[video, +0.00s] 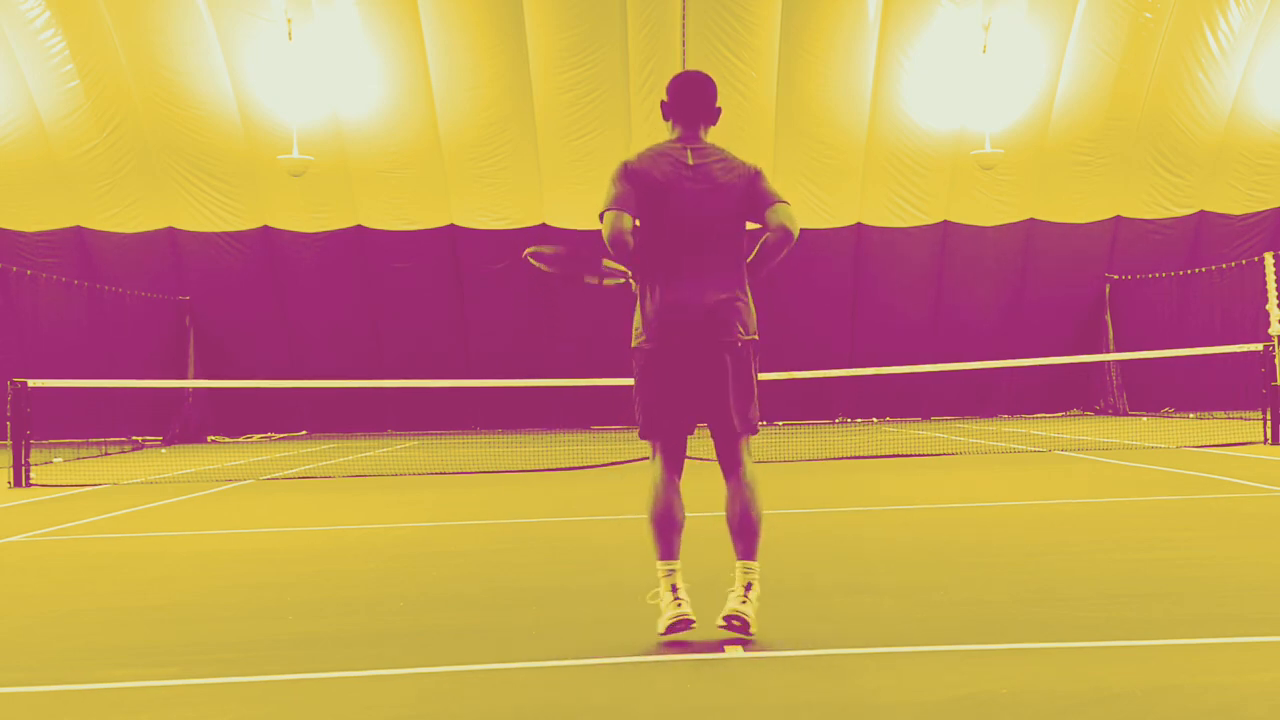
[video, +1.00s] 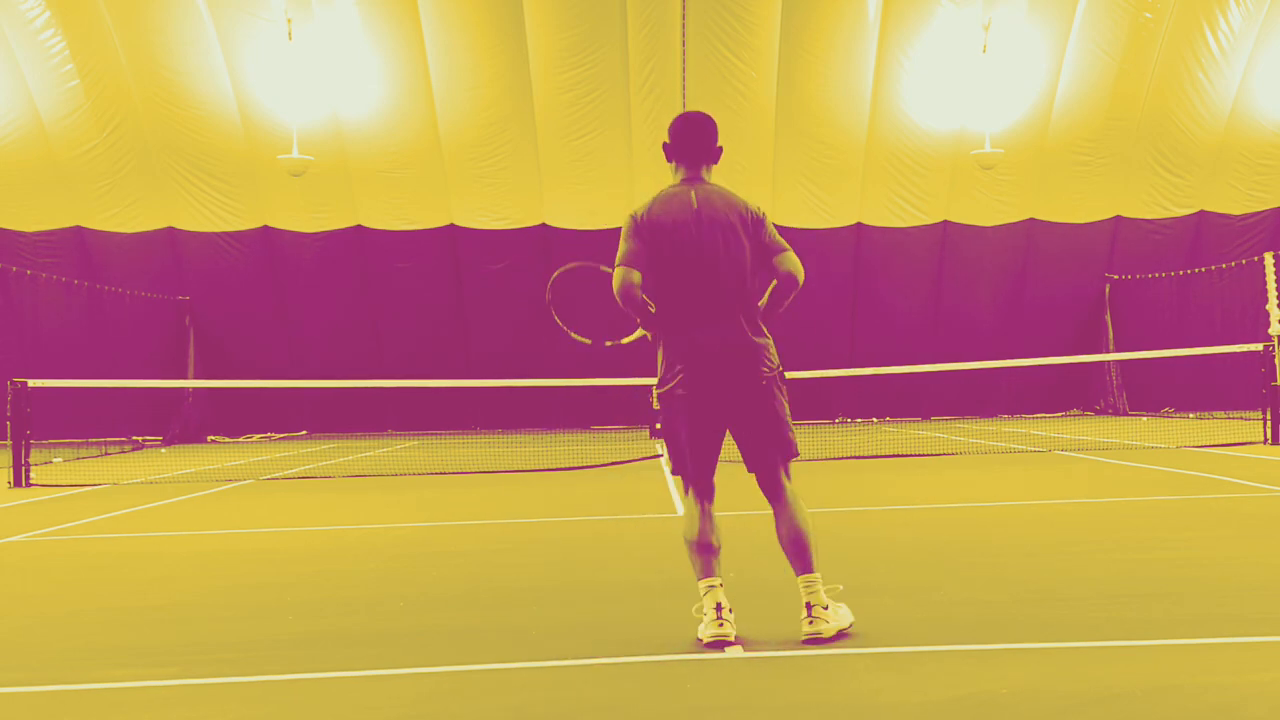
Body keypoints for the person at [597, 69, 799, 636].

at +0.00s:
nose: (680, 121)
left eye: (672, 110)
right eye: (704, 113)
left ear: (665, 113)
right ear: (716, 116)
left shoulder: (637, 168)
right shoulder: (742, 172)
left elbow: (615, 235)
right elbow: (784, 228)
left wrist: (642, 274)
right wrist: (745, 278)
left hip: (663, 328)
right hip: (727, 326)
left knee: (666, 462)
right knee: (736, 461)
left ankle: (672, 593)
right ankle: (745, 591)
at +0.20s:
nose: (690, 161)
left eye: (673, 150)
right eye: (701, 150)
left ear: (660, 151)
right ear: (709, 152)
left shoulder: (628, 212)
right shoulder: (733, 211)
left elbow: (603, 278)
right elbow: (780, 275)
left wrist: (644, 307)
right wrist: (750, 318)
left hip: (664, 370)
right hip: (730, 368)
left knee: (670, 495)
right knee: (757, 489)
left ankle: (682, 615)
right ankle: (794, 610)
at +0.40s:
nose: (693, 129)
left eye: (681, 118)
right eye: (711, 120)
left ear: (673, 120)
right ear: (723, 123)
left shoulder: (648, 176)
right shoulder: (749, 179)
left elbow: (621, 234)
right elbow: (789, 233)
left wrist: (648, 279)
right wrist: (753, 284)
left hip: (670, 333)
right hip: (733, 331)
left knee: (666, 466)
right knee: (737, 464)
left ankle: (662, 593)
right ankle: (747, 590)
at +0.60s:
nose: (705, 167)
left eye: (689, 157)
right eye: (728, 157)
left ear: (685, 158)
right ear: (735, 160)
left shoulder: (661, 215)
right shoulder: (761, 219)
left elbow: (636, 289)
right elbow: (807, 280)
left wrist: (657, 314)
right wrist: (772, 325)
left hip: (679, 371)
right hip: (743, 372)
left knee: (651, 493)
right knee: (726, 492)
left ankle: (639, 617)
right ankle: (738, 612)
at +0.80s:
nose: (685, 130)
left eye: (680, 120)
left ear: (677, 122)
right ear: (727, 125)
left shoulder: (654, 179)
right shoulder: (755, 179)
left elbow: (632, 244)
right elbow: (796, 234)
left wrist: (656, 282)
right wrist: (761, 278)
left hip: (682, 336)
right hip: (746, 335)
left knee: (682, 463)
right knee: (749, 461)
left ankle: (693, 590)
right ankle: (756, 588)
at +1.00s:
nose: (702, 162)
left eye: (673, 154)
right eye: (712, 152)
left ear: (667, 155)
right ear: (717, 155)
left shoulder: (644, 216)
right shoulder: (744, 211)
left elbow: (624, 286)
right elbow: (792, 273)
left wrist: (655, 322)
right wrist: (759, 316)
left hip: (685, 371)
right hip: (750, 366)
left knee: (697, 493)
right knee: (779, 484)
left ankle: (715, 611)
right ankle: (816, 605)